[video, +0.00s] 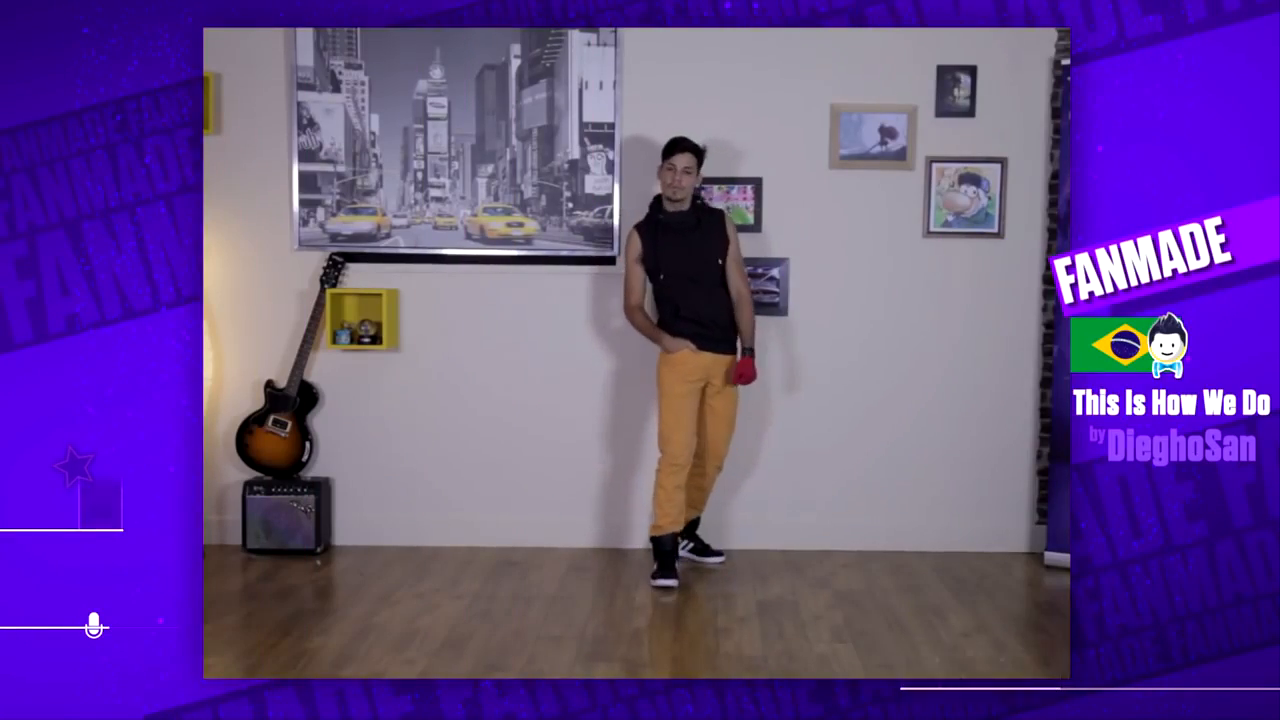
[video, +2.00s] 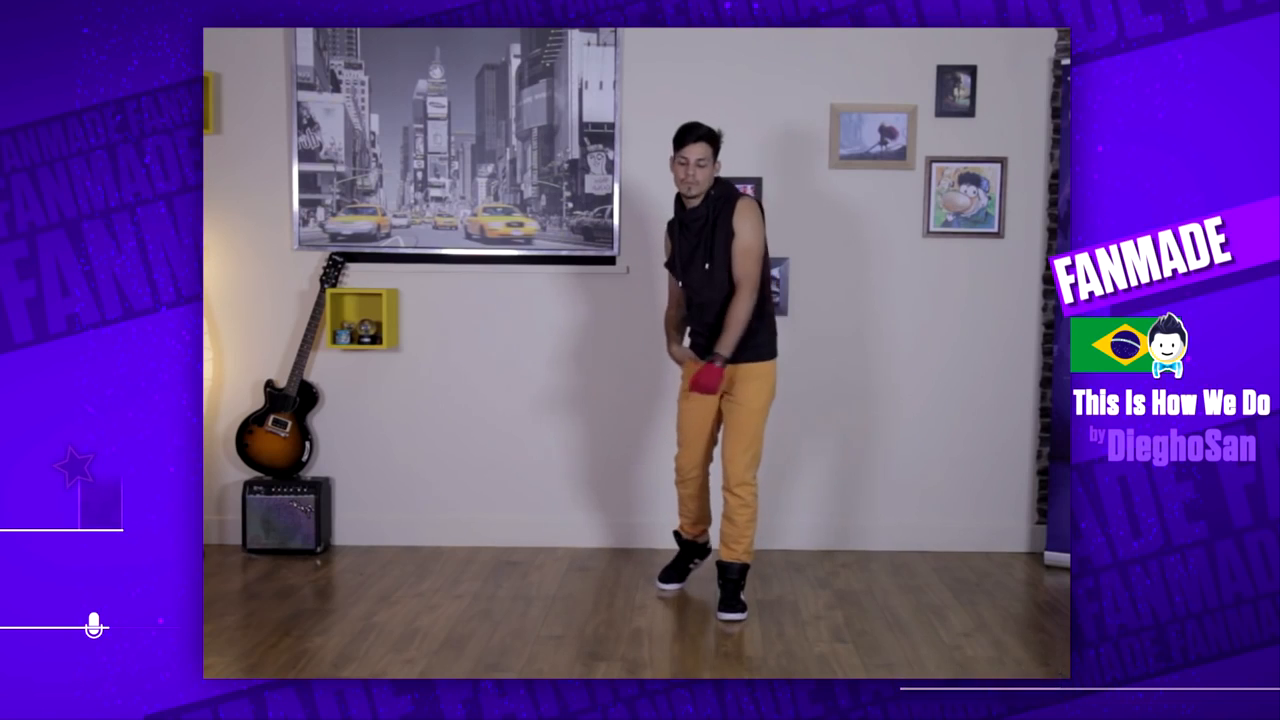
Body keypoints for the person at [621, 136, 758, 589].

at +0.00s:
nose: (677, 178)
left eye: (687, 171)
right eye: (671, 169)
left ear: (699, 177)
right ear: (659, 174)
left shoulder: (721, 224)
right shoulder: (642, 235)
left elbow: (741, 290)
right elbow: (632, 306)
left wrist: (748, 347)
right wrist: (663, 340)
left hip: (726, 357)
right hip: (680, 356)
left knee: (712, 455)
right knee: (676, 455)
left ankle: (685, 535)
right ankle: (664, 555)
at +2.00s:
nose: (689, 173)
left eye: (700, 164)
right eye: (682, 163)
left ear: (716, 167)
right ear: (671, 167)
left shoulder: (743, 211)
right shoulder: (676, 228)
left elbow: (748, 288)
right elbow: (676, 296)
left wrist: (719, 357)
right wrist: (673, 342)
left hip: (749, 359)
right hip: (700, 358)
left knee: (737, 473)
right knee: (689, 464)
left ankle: (733, 576)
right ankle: (692, 544)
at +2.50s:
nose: (729, 160)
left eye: (740, 153)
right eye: (722, 150)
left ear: (755, 161)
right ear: (711, 155)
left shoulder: (775, 215)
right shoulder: (688, 219)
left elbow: (790, 290)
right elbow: (660, 294)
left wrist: (784, 350)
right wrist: (676, 349)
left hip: (762, 368)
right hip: (707, 364)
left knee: (744, 477)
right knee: (688, 470)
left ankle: (734, 577)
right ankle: (686, 541)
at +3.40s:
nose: (707, 153)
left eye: (719, 145)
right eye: (700, 144)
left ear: (736, 155)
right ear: (690, 151)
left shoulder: (753, 226)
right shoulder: (658, 209)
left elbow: (767, 307)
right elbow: (625, 289)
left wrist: (747, 331)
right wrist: (650, 352)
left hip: (736, 376)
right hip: (677, 374)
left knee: (751, 483)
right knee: (661, 488)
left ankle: (737, 579)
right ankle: (643, 597)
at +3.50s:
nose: (696, 153)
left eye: (708, 146)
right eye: (689, 144)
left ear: (724, 157)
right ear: (677, 151)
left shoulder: (746, 219)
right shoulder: (649, 215)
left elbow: (764, 305)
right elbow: (612, 293)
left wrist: (720, 289)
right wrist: (644, 354)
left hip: (735, 376)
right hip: (673, 375)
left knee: (758, 481)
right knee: (660, 489)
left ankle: (750, 576)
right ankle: (644, 598)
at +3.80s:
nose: (725, 166)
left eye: (735, 157)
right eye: (715, 156)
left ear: (745, 157)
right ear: (696, 156)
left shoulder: (757, 202)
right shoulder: (684, 218)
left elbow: (742, 273)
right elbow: (662, 297)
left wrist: (710, 208)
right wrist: (664, 347)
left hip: (752, 378)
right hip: (691, 375)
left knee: (774, 494)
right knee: (665, 492)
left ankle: (800, 604)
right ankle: (653, 600)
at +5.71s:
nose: (727, 176)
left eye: (739, 167)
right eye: (722, 164)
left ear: (767, 169)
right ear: (715, 162)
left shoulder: (782, 223)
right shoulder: (690, 210)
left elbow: (779, 299)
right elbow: (650, 290)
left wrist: (736, 238)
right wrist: (670, 356)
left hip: (760, 379)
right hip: (696, 378)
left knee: (774, 494)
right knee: (668, 494)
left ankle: (792, 605)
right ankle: (650, 602)